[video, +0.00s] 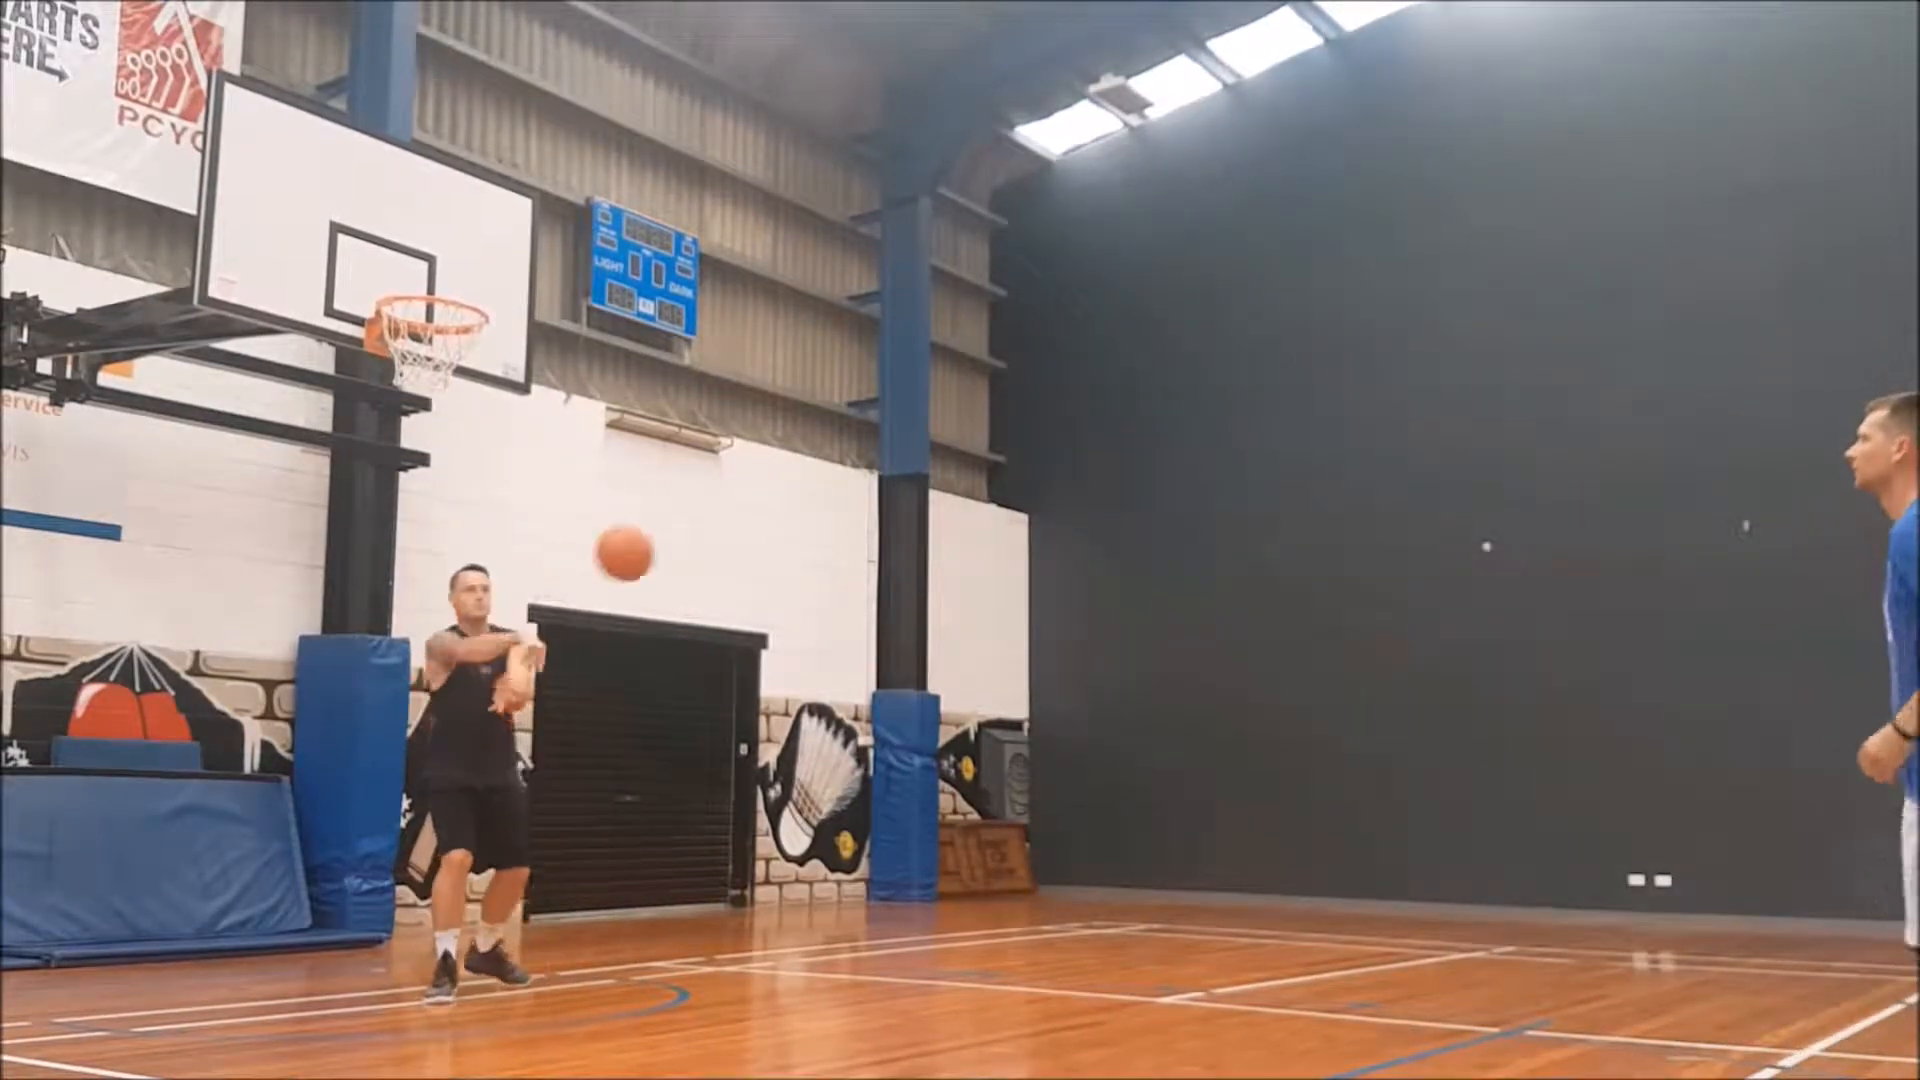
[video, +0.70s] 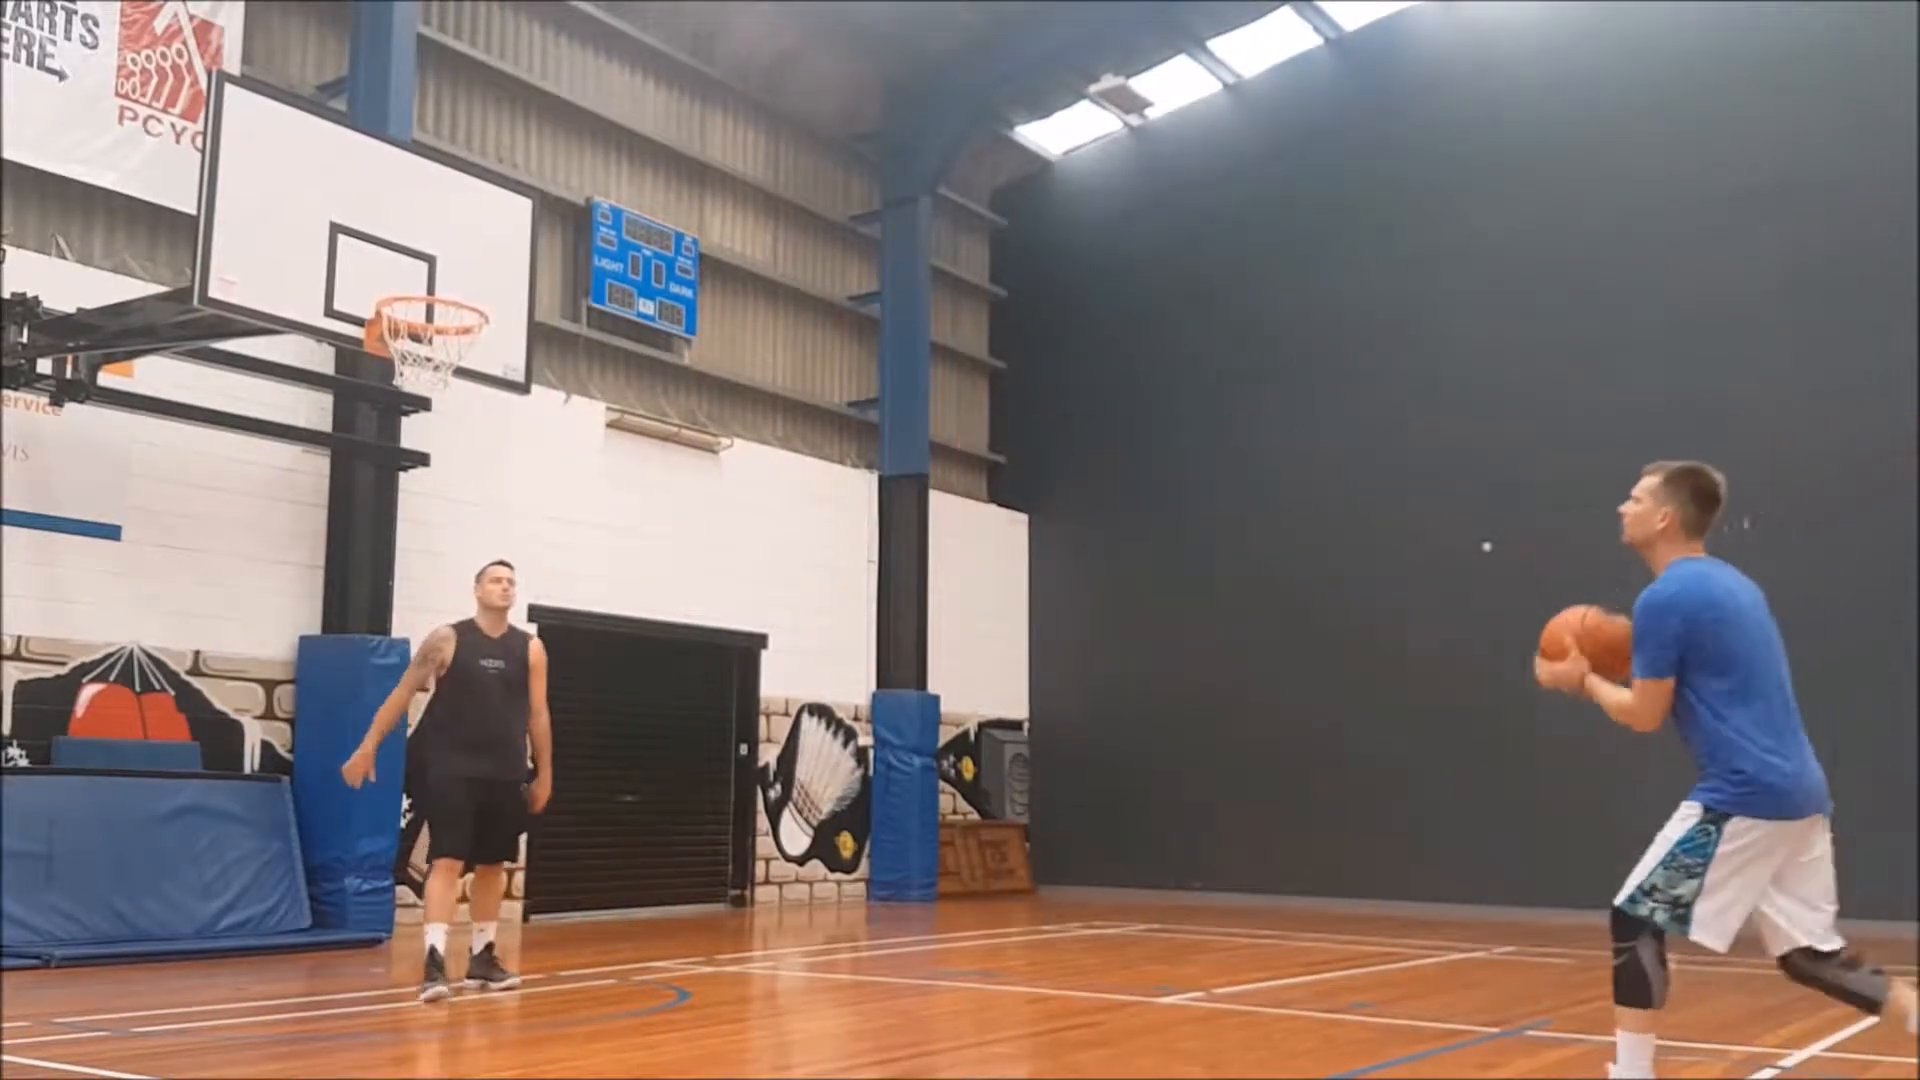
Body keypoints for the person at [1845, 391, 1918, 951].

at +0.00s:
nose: (1851, 451)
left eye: (1863, 439)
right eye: (1855, 439)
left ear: (1901, 449)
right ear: (1899, 451)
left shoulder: (1910, 536)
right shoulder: (1904, 535)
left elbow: (1917, 664)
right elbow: (1914, 661)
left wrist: (1898, 732)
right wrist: (1899, 735)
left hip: (1919, 787)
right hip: (1916, 783)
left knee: (1919, 938)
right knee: (1917, 938)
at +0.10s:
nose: (1845, 463)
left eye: (1858, 449)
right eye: (1850, 450)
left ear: (1895, 460)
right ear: (1894, 461)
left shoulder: (1902, 543)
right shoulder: (1902, 541)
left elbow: (1913, 660)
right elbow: (1911, 668)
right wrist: (1871, 731)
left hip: (1917, 791)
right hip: (1912, 788)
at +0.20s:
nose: (1835, 467)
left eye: (1847, 455)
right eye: (1841, 454)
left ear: (1885, 465)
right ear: (1888, 467)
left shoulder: (1888, 546)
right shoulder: (1904, 541)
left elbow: (1846, 663)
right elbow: (1865, 662)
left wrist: (1744, 663)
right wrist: (1780, 649)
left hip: (1910, 784)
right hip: (1907, 781)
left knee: (1883, 934)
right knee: (1886, 933)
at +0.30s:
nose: (1813, 464)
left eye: (1824, 451)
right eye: (1819, 451)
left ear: (1860, 462)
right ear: (1871, 465)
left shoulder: (1860, 539)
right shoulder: (1902, 536)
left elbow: (1769, 634)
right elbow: (1816, 628)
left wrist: (1690, 591)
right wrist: (1734, 577)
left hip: (1894, 769)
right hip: (1907, 767)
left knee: (1818, 908)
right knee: (1897, 927)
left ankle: (1918, 1030)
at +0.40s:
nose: (1780, 462)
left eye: (1791, 450)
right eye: (1784, 450)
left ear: (1825, 460)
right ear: (1838, 464)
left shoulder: (1824, 533)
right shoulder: (1879, 535)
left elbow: (1712, 605)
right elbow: (1755, 593)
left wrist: (1641, 552)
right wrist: (1685, 533)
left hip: (1871, 759)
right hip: (1904, 757)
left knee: (1771, 896)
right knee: (1913, 904)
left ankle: (1818, 1062)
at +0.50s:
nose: (1736, 475)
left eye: (1747, 463)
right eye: (1741, 463)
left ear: (1782, 475)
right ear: (1797, 479)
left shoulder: (1779, 549)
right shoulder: (1830, 543)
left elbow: (1667, 611)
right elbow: (1711, 597)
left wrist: (1602, 553)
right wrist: (1635, 543)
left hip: (1838, 770)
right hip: (1893, 765)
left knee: (1743, 911)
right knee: (1914, 917)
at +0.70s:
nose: (1621, 509)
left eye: (1634, 501)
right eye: (1628, 498)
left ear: (1666, 518)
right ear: (1685, 523)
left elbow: (1644, 714)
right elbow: (1705, 683)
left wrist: (1581, 678)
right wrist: (1621, 649)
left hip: (1742, 792)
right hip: (1800, 790)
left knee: (1636, 918)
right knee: (1804, 951)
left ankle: (1631, 1069)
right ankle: (1915, 1014)